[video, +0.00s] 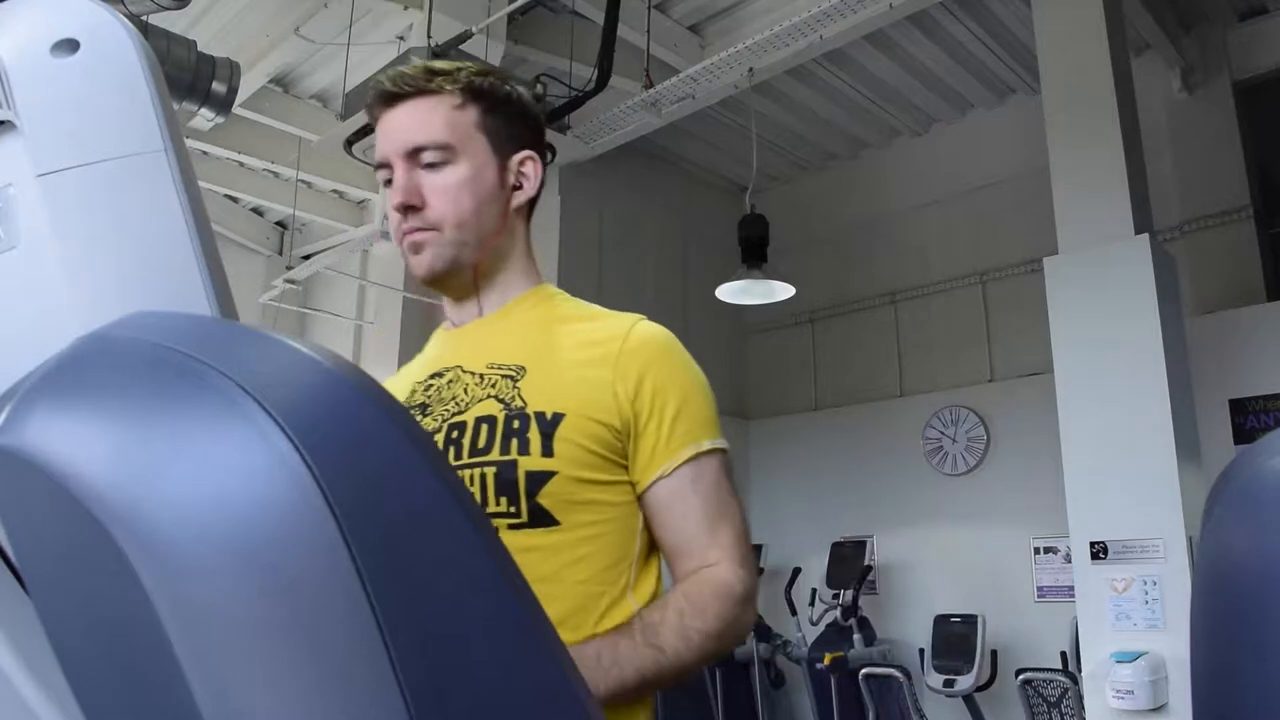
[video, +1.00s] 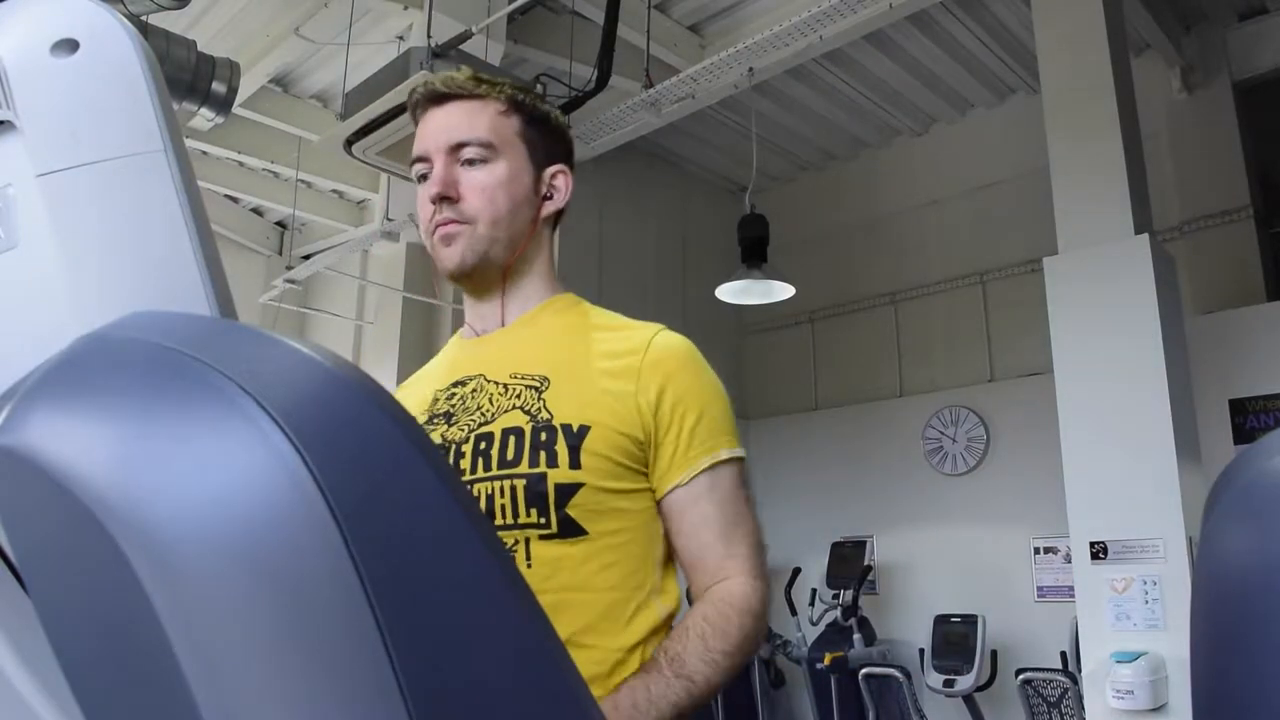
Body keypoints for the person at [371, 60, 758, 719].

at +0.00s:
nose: (398, 196)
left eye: (431, 162)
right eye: (386, 174)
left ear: (521, 178)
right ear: (382, 197)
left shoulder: (633, 355)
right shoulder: (387, 402)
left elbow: (721, 586)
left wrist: (552, 681)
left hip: (583, 709)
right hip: (420, 709)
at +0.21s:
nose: (418, 196)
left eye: (451, 162)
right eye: (405, 175)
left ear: (537, 184)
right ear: (400, 199)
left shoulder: (645, 361)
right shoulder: (395, 403)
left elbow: (732, 594)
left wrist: (583, 692)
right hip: (426, 706)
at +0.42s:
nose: (426, 206)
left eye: (460, 172)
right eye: (413, 183)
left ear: (541, 196)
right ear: (405, 204)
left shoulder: (644, 371)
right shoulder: (396, 406)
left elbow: (724, 592)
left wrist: (638, 695)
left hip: (588, 704)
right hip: (429, 702)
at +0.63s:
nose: (426, 207)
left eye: (459, 177)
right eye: (411, 188)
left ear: (536, 205)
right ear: (401, 214)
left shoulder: (638, 379)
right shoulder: (386, 409)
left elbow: (707, 595)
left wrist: (640, 704)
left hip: (591, 707)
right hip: (430, 704)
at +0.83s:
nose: (432, 198)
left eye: (466, 168)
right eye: (417, 180)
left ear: (541, 200)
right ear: (405, 210)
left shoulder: (642, 373)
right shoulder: (388, 408)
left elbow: (712, 588)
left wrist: (632, 707)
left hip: (592, 702)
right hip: (432, 704)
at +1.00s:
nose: (437, 188)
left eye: (472, 158)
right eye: (423, 171)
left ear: (551, 190)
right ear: (414, 200)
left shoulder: (653, 363)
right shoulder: (401, 407)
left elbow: (733, 597)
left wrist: (616, 708)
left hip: (604, 701)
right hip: (445, 703)